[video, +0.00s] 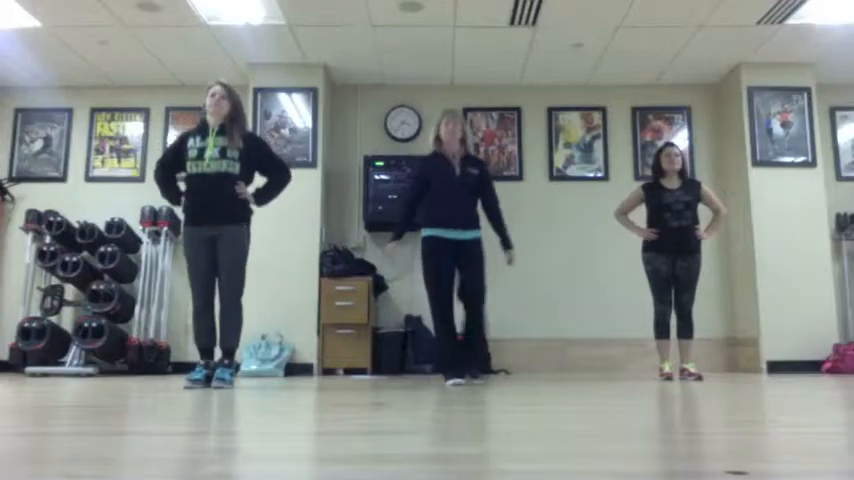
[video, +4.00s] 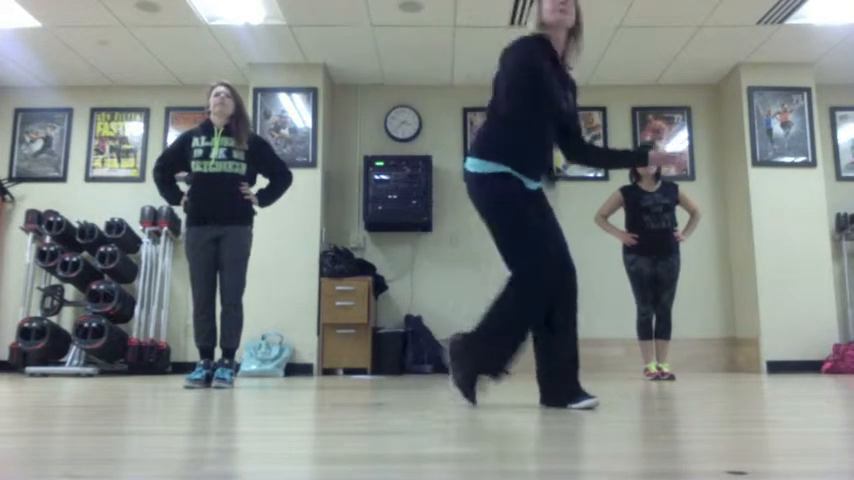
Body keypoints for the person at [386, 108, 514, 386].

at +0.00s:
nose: (452, 128)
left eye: (456, 123)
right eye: (447, 123)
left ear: (463, 129)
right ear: (439, 130)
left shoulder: (476, 166)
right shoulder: (428, 164)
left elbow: (491, 205)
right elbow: (412, 197)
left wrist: (506, 241)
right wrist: (398, 232)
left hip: (470, 240)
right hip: (437, 240)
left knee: (475, 302)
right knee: (442, 305)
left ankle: (474, 365)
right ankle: (451, 369)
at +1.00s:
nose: (443, 58)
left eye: (449, 53)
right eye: (437, 53)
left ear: (458, 61)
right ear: (426, 62)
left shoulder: (477, 105)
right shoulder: (412, 108)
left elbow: (491, 156)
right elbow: (395, 160)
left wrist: (493, 202)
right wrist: (379, 208)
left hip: (465, 204)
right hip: (419, 204)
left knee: (463, 285)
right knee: (424, 290)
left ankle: (464, 375)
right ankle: (432, 378)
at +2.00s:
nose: (433, 6)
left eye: (441, 3)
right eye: (427, 3)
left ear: (453, 15)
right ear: (419, 16)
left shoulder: (478, 64)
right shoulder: (404, 63)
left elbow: (494, 127)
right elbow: (370, 117)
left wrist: (487, 185)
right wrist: (322, 81)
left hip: (464, 182)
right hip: (413, 180)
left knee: (455, 288)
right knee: (413, 286)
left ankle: (444, 386)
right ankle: (414, 387)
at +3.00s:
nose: (429, 2)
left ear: (449, 8)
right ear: (412, 9)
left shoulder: (472, 61)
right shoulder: (395, 58)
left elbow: (489, 123)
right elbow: (364, 115)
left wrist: (488, 177)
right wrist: (336, 77)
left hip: (459, 180)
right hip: (405, 180)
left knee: (478, 278)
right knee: (407, 284)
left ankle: (489, 376)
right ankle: (413, 387)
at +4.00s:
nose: (558, 4)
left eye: (566, 1)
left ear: (575, 16)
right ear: (537, 9)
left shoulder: (562, 79)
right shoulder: (527, 51)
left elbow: (577, 151)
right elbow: (517, 109)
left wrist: (644, 157)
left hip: (524, 181)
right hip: (495, 174)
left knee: (558, 275)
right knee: (538, 271)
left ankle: (560, 388)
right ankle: (471, 354)